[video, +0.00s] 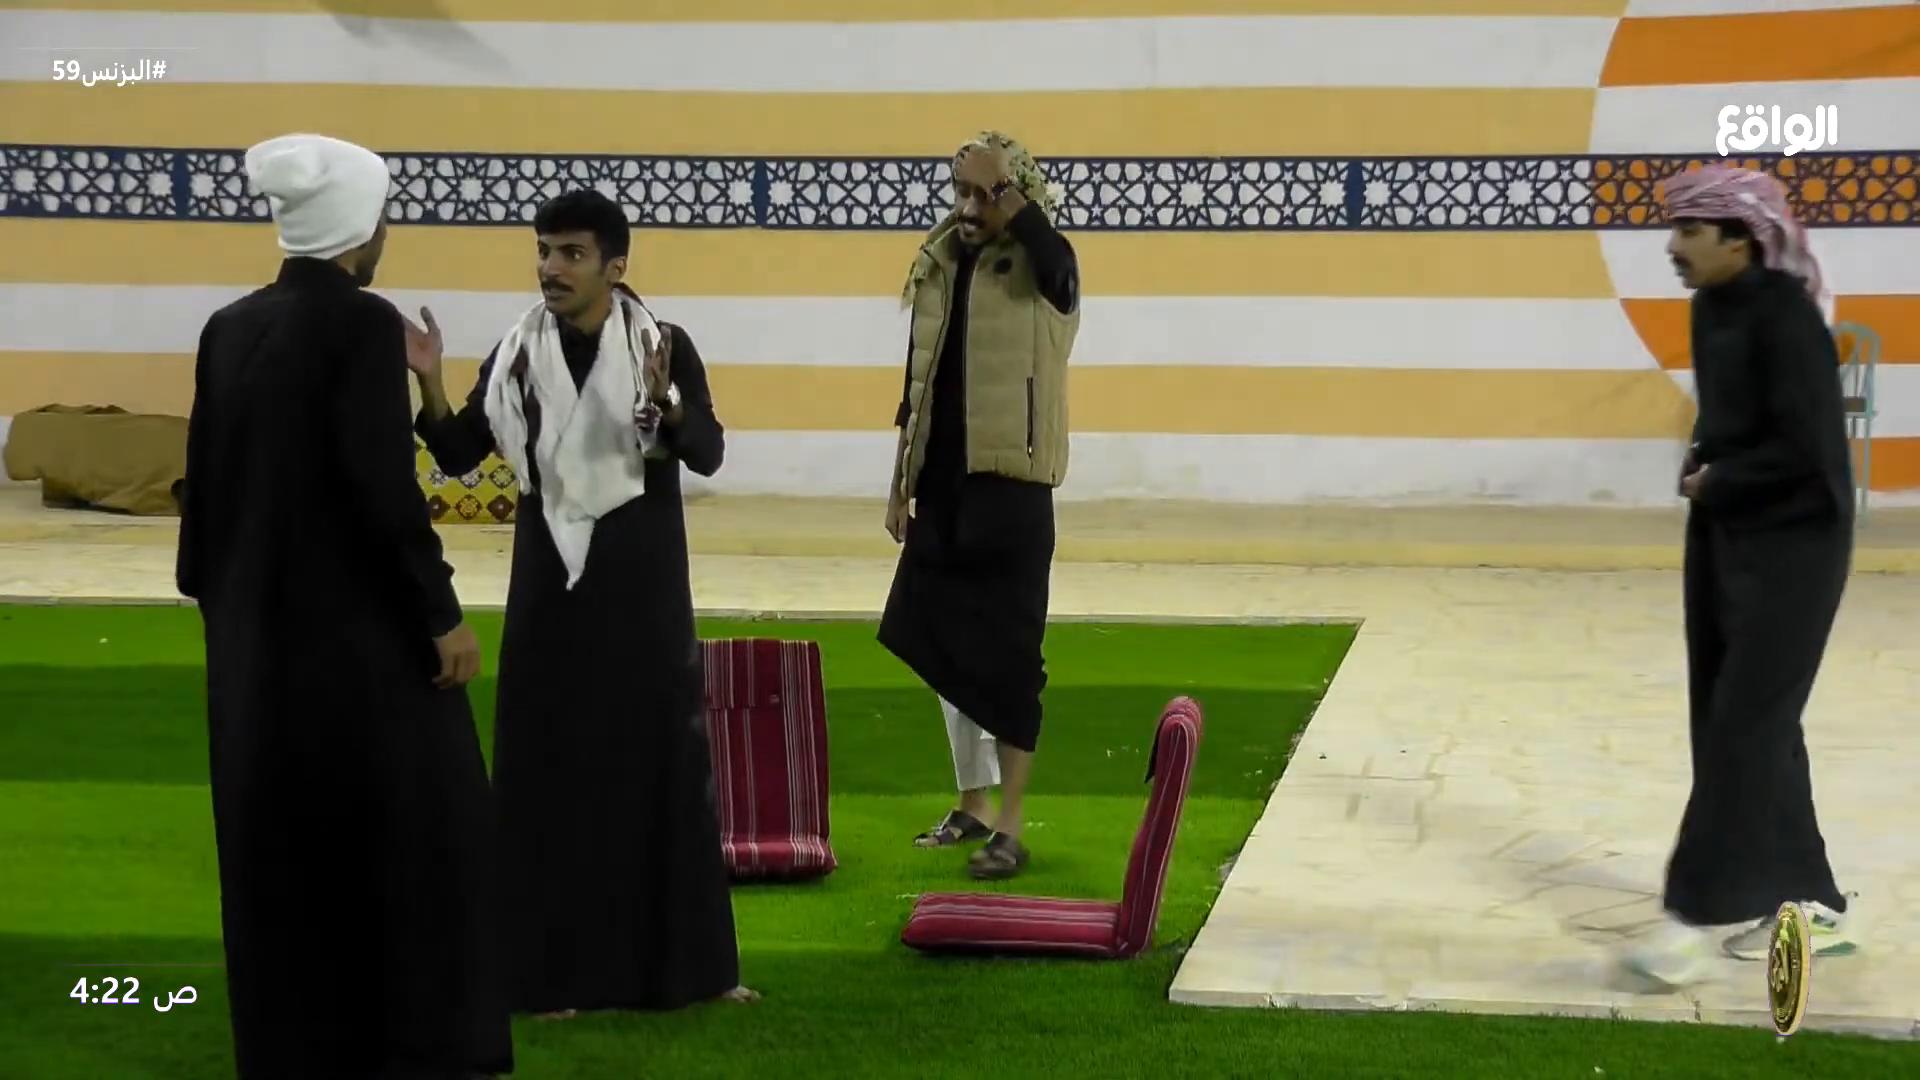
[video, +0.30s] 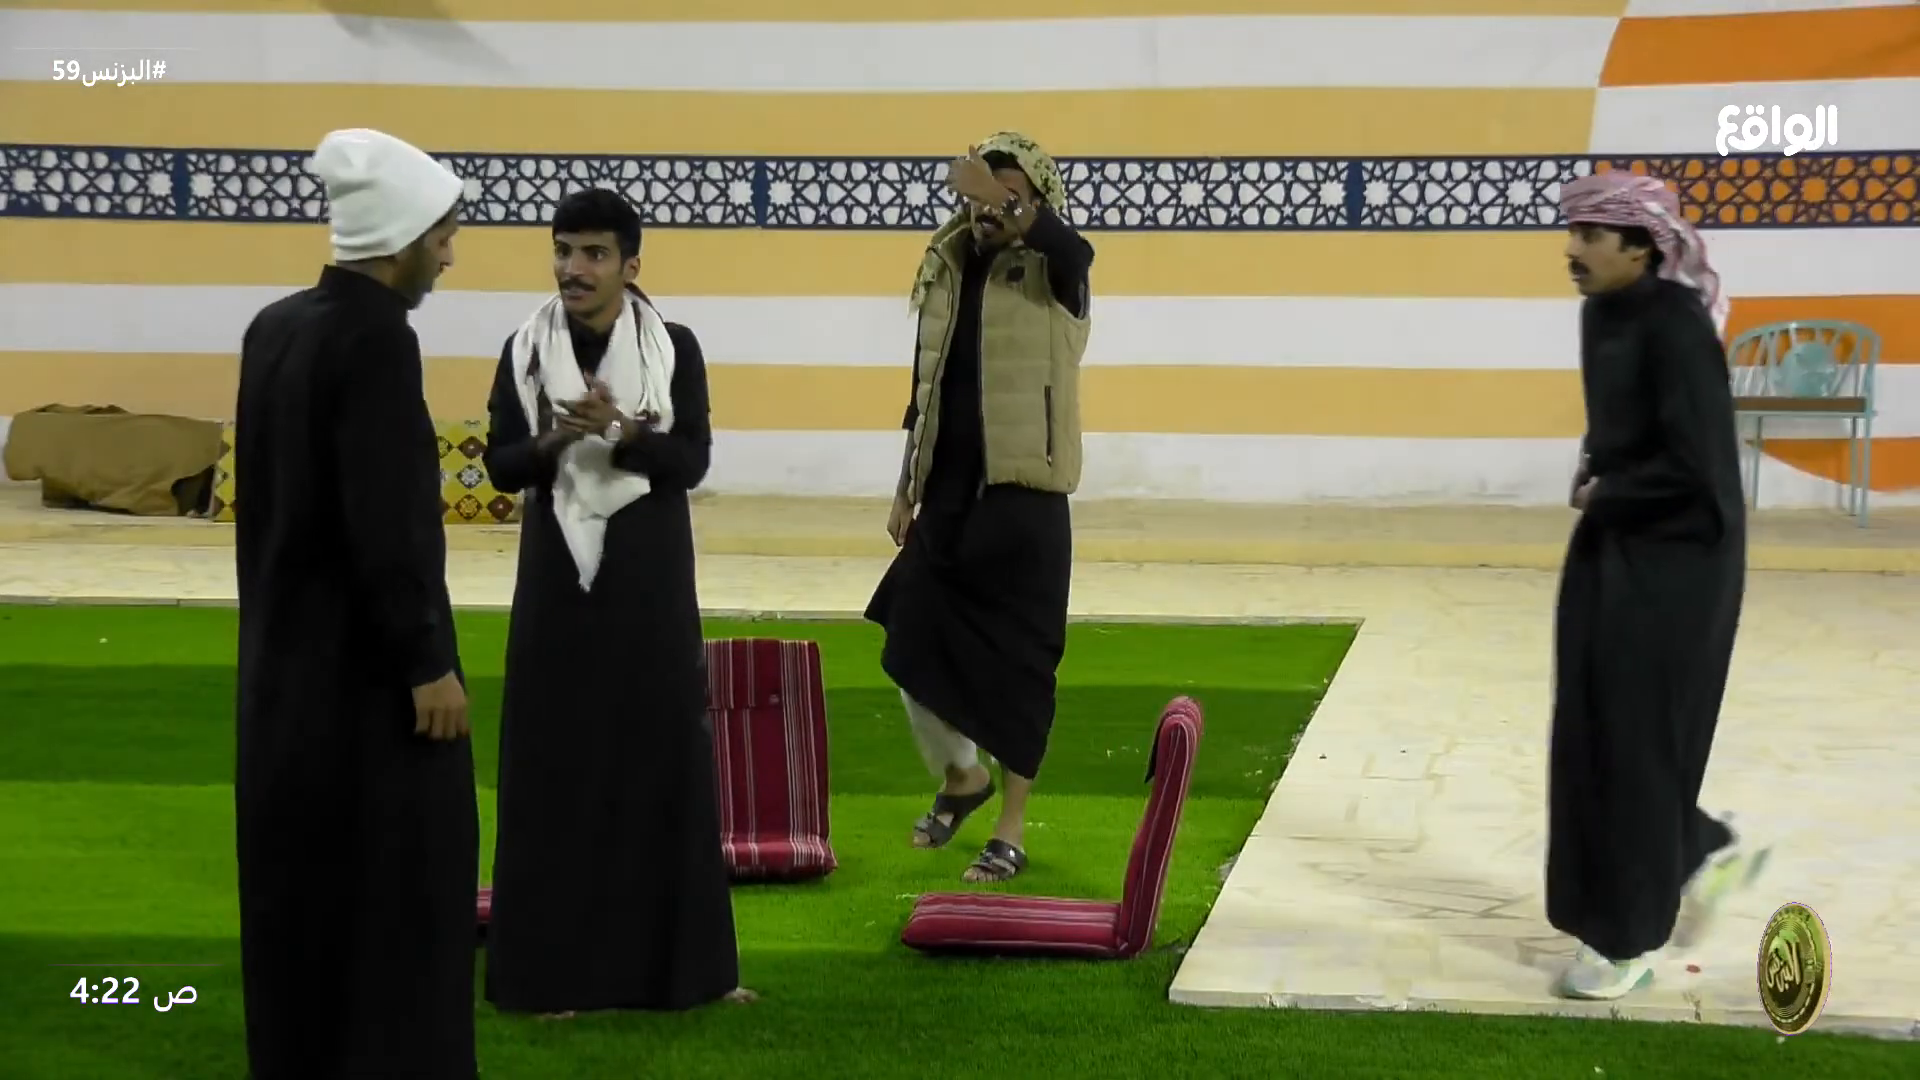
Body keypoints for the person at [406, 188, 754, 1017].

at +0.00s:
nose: (552, 268)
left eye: (571, 254)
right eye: (545, 252)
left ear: (614, 262)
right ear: (538, 257)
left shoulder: (661, 345)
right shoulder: (520, 348)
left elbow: (709, 456)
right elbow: (459, 451)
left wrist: (672, 407)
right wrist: (430, 381)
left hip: (641, 585)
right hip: (548, 584)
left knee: (658, 766)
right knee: (546, 766)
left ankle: (692, 968)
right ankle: (558, 973)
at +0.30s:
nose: (576, 267)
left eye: (595, 253)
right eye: (566, 251)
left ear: (630, 263)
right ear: (551, 258)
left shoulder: (672, 346)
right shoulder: (525, 347)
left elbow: (692, 461)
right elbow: (502, 466)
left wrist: (625, 433)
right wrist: (556, 437)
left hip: (648, 587)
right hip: (554, 585)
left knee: (663, 765)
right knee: (553, 767)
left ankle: (689, 967)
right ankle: (554, 974)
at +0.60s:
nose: (627, 269)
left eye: (644, 255)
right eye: (614, 254)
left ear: (675, 263)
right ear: (597, 258)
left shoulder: (713, 347)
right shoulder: (567, 346)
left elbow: (763, 454)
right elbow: (527, 465)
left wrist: (719, 475)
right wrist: (612, 493)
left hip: (685, 588)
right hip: (591, 588)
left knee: (688, 766)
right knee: (583, 766)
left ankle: (694, 969)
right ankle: (571, 972)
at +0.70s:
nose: (661, 270)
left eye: (678, 255)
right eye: (646, 255)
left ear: (707, 262)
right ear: (630, 258)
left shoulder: (741, 345)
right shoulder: (597, 347)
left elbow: (791, 450)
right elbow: (552, 467)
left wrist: (758, 479)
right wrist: (630, 524)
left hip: (712, 591)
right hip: (620, 592)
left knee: (709, 769)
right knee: (609, 770)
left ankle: (700, 968)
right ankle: (593, 969)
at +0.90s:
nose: (721, 273)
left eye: (739, 259)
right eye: (706, 256)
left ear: (764, 268)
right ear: (685, 261)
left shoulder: (783, 351)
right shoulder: (643, 350)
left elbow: (817, 449)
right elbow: (612, 474)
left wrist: (817, 492)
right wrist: (601, 595)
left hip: (745, 599)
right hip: (655, 599)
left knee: (743, 781)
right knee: (652, 782)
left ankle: (736, 972)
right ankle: (648, 980)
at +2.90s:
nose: (1256, 314)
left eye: (1258, 289)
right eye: (1232, 293)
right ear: (1157, 306)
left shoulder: (1281, 425)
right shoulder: (1065, 428)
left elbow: (1313, 605)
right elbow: (1015, 596)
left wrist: (1312, 782)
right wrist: (1032, 704)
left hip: (1246, 787)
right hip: (1104, 785)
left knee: (1242, 1030)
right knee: (1089, 1027)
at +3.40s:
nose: (1273, 318)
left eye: (1297, 290)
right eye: (1246, 292)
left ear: (1328, 296)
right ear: (1202, 302)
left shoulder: (1372, 431)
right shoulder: (1136, 444)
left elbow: (1418, 639)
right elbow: (1073, 631)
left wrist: (1406, 840)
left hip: (1328, 842)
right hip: (1178, 842)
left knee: (1313, 1060)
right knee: (1189, 1056)